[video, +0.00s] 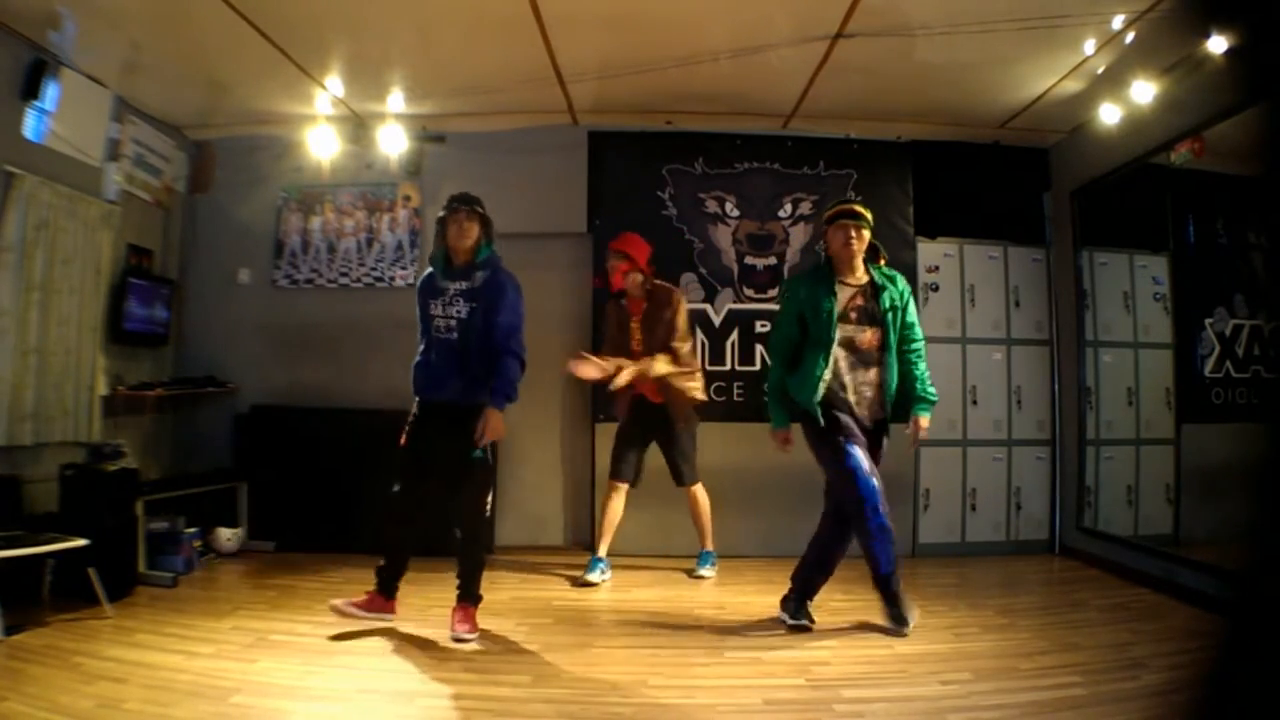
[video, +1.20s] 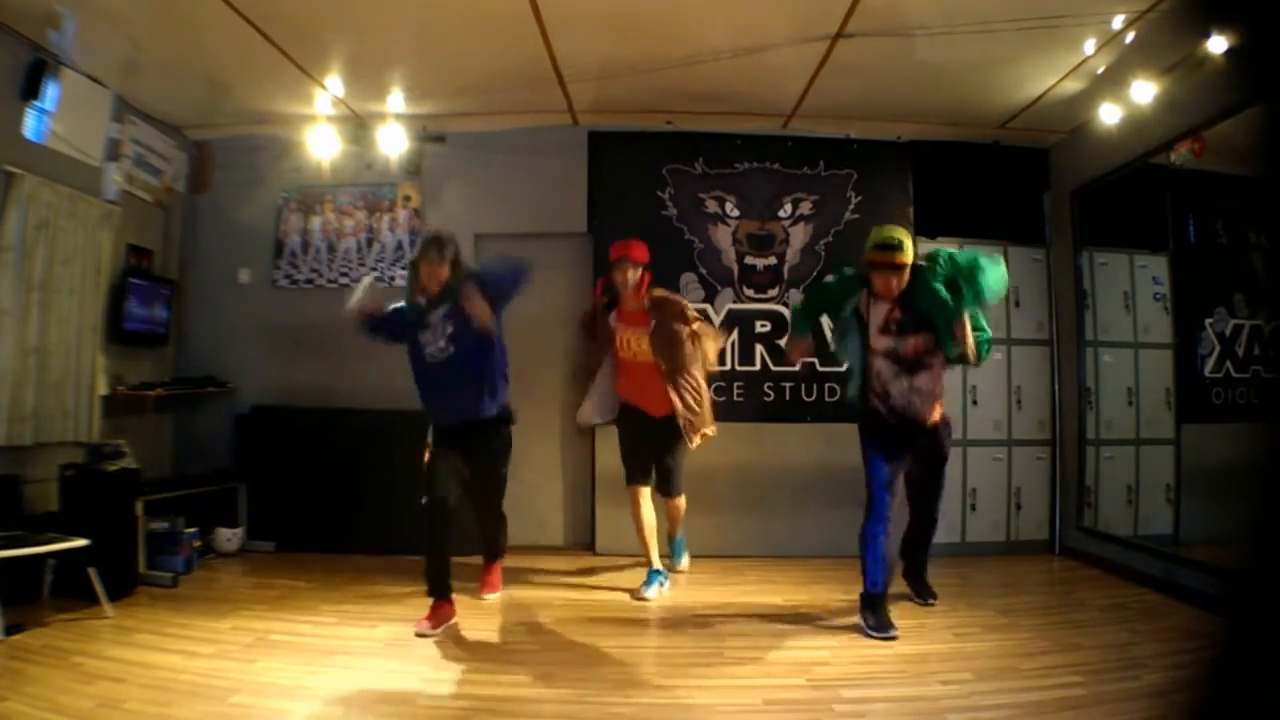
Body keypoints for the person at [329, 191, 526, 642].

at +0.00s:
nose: (459, 230)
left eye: (468, 222)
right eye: (452, 222)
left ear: (482, 230)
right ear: (443, 230)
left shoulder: (499, 283)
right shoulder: (430, 282)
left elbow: (510, 348)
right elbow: (427, 345)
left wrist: (497, 405)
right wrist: (418, 404)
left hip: (475, 411)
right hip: (431, 408)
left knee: (473, 510)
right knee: (406, 499)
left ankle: (466, 607)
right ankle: (384, 595)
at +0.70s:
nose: (458, 249)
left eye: (466, 241)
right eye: (450, 241)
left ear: (477, 244)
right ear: (435, 243)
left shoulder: (496, 286)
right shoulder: (412, 279)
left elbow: (512, 347)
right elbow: (375, 324)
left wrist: (472, 384)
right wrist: (397, 374)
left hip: (475, 414)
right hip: (422, 411)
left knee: (476, 506)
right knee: (418, 501)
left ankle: (468, 600)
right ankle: (421, 593)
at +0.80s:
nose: (459, 260)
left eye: (467, 252)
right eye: (451, 252)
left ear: (480, 256)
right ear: (439, 254)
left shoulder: (495, 306)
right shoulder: (419, 298)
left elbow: (500, 376)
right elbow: (402, 363)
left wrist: (498, 439)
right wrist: (394, 419)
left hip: (475, 419)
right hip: (428, 417)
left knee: (472, 508)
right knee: (414, 483)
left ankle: (466, 600)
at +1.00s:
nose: (440, 256)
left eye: (448, 248)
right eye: (433, 248)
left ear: (464, 248)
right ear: (423, 252)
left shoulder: (489, 288)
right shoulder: (420, 293)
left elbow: (507, 349)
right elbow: (416, 348)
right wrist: (377, 375)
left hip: (486, 404)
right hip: (443, 404)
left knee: (475, 486)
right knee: (431, 474)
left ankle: (477, 573)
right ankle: (437, 537)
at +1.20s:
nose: (430, 274)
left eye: (437, 266)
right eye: (424, 266)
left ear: (452, 267)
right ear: (416, 268)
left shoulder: (477, 294)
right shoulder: (412, 315)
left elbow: (518, 272)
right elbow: (382, 326)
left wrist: (478, 284)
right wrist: (366, 315)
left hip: (488, 421)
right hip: (445, 425)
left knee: (486, 501)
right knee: (438, 508)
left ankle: (493, 563)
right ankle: (441, 600)